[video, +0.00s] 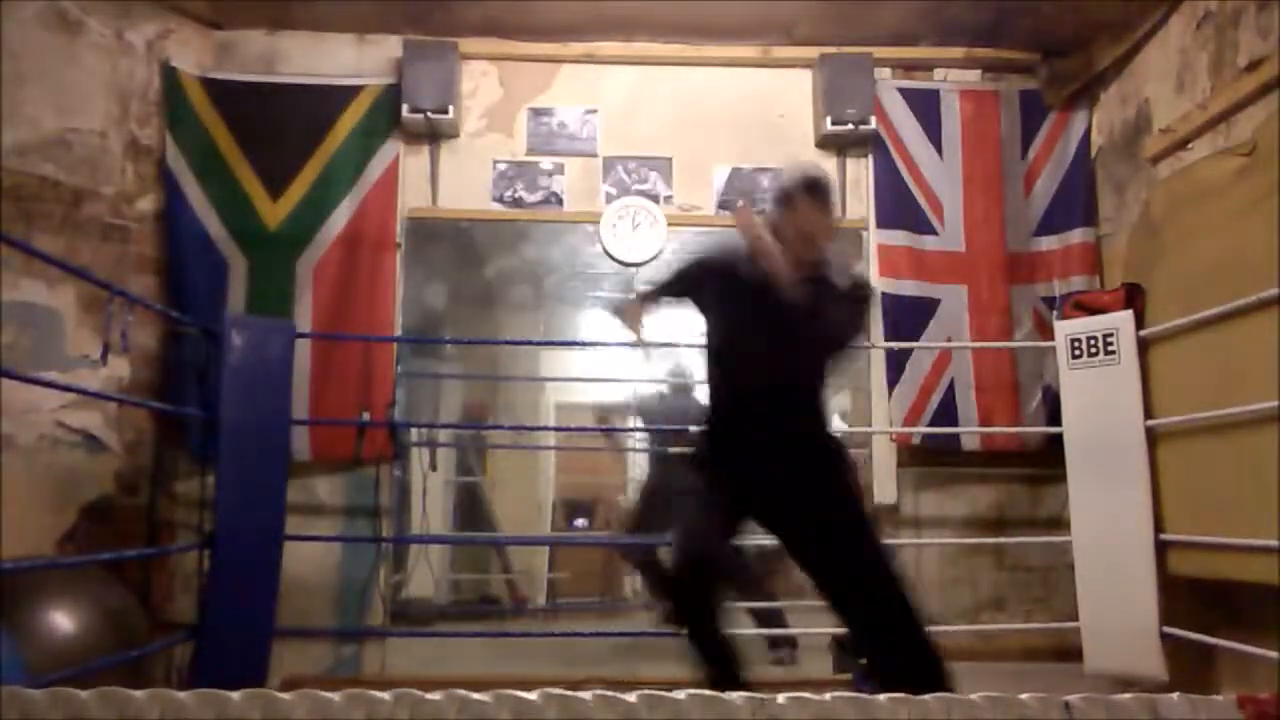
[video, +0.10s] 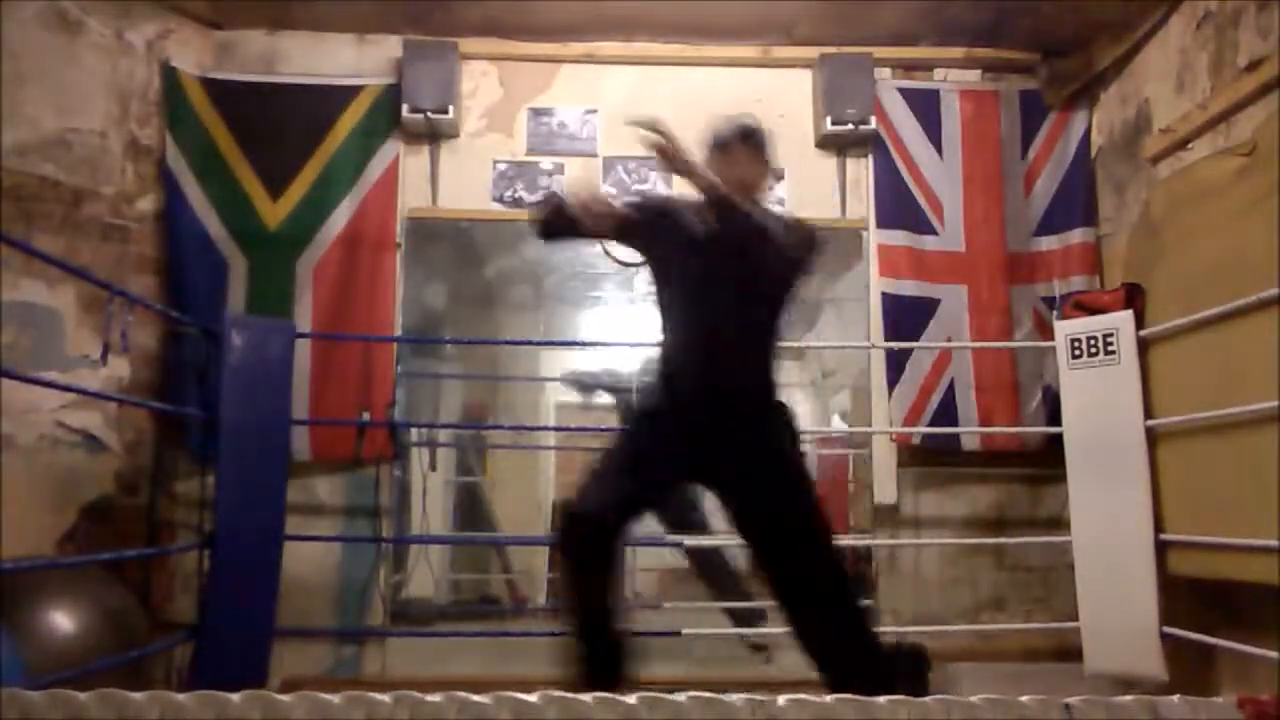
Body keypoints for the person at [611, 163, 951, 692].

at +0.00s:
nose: (809, 231)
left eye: (819, 220)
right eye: (798, 218)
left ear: (831, 226)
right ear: (774, 219)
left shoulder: (838, 292)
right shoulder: (725, 275)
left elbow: (824, 336)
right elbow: (673, 288)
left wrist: (780, 271)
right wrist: (638, 305)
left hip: (803, 461)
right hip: (729, 460)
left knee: (863, 581)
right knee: (688, 573)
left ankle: (926, 693)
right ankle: (729, 683)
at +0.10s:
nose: (738, 173)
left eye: (750, 163)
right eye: (726, 161)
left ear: (765, 172)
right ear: (708, 165)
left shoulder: (786, 235)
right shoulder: (667, 220)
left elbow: (769, 248)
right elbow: (558, 224)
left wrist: (689, 173)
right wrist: (571, 208)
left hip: (750, 426)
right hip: (673, 422)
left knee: (802, 559)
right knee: (586, 524)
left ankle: (868, 679)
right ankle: (600, 677)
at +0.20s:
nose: (674, 146)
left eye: (687, 135)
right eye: (664, 133)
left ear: (705, 147)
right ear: (648, 143)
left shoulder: (732, 216)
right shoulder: (606, 202)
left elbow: (716, 277)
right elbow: (498, 234)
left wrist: (641, 209)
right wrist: (488, 204)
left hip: (695, 414)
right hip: (616, 410)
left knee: (758, 557)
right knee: (528, 550)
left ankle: (787, 695)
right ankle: (468, 691)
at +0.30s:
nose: (614, 167)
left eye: (624, 154)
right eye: (604, 154)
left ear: (644, 167)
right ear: (587, 163)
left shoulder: (670, 254)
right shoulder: (542, 233)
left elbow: (671, 352)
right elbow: (458, 306)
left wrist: (593, 308)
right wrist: (424, 294)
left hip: (630, 447)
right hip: (549, 440)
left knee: (683, 605)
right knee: (471, 590)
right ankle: (398, 710)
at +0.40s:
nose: (548, 210)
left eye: (562, 196)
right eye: (538, 196)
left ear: (585, 209)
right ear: (523, 208)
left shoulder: (622, 295)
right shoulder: (488, 289)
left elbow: (633, 415)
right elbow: (438, 390)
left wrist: (612, 464)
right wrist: (383, 439)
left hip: (585, 478)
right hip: (503, 472)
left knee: (580, 646)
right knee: (418, 624)